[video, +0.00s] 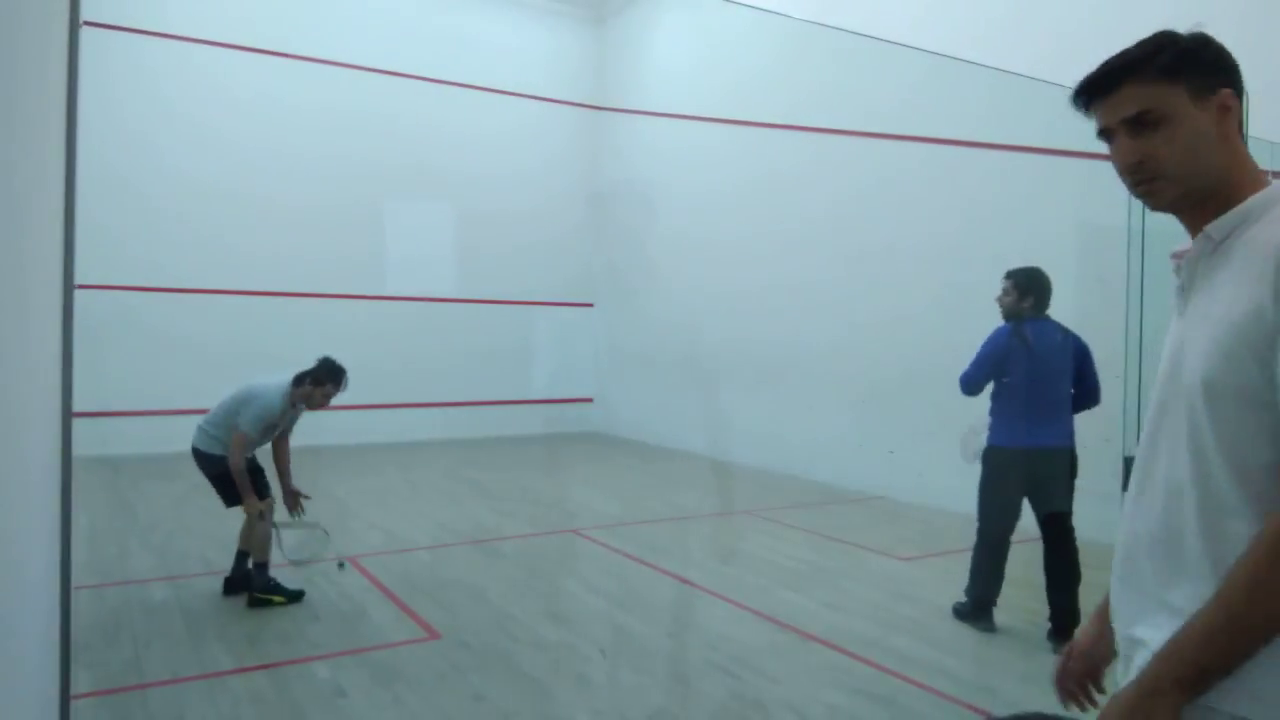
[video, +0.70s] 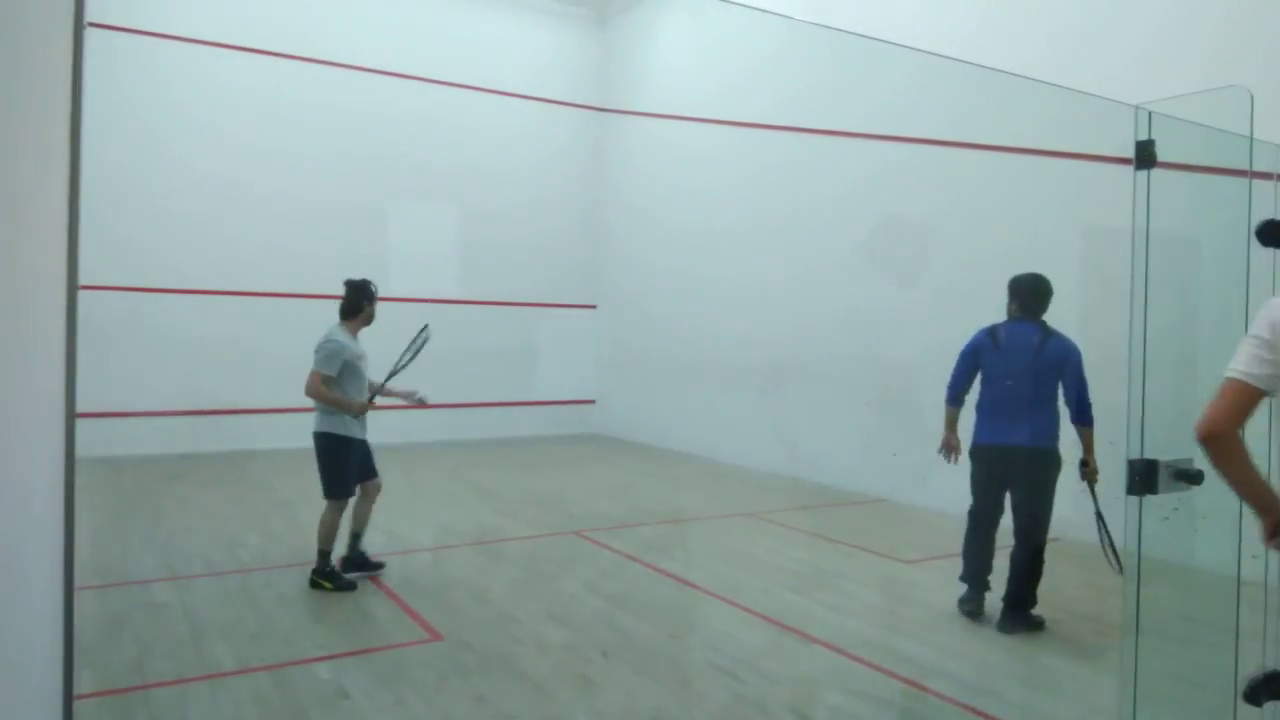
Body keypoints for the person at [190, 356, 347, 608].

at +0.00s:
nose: (327, 403)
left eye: (331, 398)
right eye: (326, 396)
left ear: (311, 385)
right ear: (311, 384)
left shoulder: (294, 403)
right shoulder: (267, 402)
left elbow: (281, 442)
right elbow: (236, 452)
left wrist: (287, 486)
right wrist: (248, 499)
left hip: (238, 449)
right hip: (213, 449)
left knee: (260, 506)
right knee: (264, 508)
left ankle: (238, 574)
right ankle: (261, 583)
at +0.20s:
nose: (338, 390)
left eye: (341, 385)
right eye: (338, 383)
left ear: (322, 377)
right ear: (322, 376)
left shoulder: (299, 408)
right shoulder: (277, 387)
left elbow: (296, 454)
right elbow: (226, 409)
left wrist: (334, 474)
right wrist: (244, 452)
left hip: (228, 448)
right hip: (211, 445)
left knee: (261, 505)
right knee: (261, 504)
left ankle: (240, 574)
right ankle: (261, 584)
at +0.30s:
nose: (331, 347)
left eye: (333, 339)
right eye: (331, 339)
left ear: (312, 334)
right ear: (316, 335)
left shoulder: (288, 366)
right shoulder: (279, 361)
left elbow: (280, 412)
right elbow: (243, 395)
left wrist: (314, 435)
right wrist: (276, 430)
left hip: (239, 438)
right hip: (237, 438)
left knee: (257, 505)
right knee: (269, 505)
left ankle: (240, 573)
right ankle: (265, 582)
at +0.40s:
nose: (325, 323)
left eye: (326, 317)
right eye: (324, 316)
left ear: (303, 314)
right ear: (312, 314)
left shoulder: (276, 341)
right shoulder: (287, 346)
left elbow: (267, 392)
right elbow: (264, 383)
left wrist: (306, 415)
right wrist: (305, 416)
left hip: (246, 431)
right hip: (264, 434)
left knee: (257, 499)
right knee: (297, 495)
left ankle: (240, 572)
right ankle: (279, 569)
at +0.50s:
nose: (338, 315)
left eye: (338, 309)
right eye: (337, 309)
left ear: (312, 307)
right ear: (328, 309)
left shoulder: (294, 338)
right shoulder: (309, 342)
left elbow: (291, 395)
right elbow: (296, 388)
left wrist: (325, 414)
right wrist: (344, 403)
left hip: (281, 433)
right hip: (299, 435)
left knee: (283, 497)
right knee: (319, 498)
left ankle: (246, 565)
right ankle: (321, 567)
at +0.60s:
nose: (358, 310)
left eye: (356, 305)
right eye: (357, 305)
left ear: (328, 305)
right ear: (351, 309)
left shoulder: (321, 337)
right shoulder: (328, 342)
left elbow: (324, 391)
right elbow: (313, 389)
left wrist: (356, 409)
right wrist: (357, 404)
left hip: (316, 430)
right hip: (321, 432)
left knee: (325, 498)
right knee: (328, 499)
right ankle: (321, 566)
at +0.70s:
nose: (375, 312)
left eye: (375, 306)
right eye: (374, 306)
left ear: (351, 306)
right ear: (364, 309)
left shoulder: (351, 343)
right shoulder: (334, 343)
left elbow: (362, 385)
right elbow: (313, 388)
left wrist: (401, 394)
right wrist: (349, 406)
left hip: (352, 433)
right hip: (334, 434)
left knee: (371, 488)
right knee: (337, 500)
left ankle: (353, 555)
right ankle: (322, 569)